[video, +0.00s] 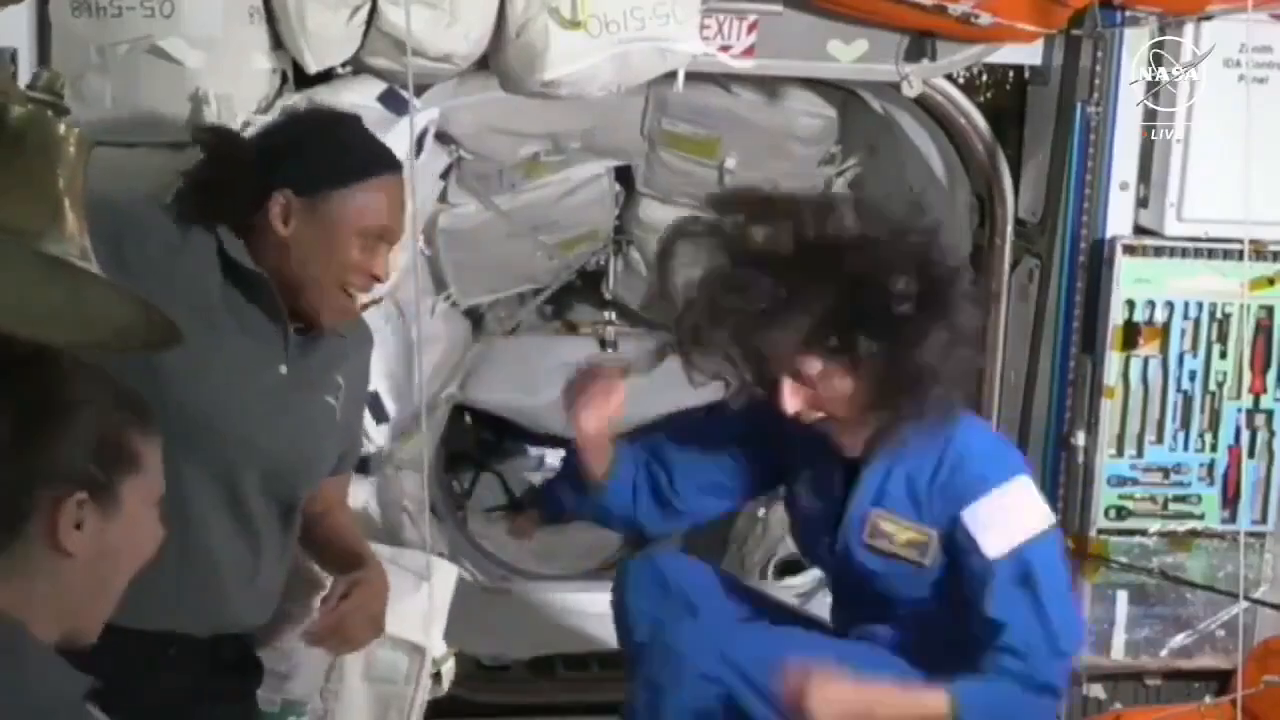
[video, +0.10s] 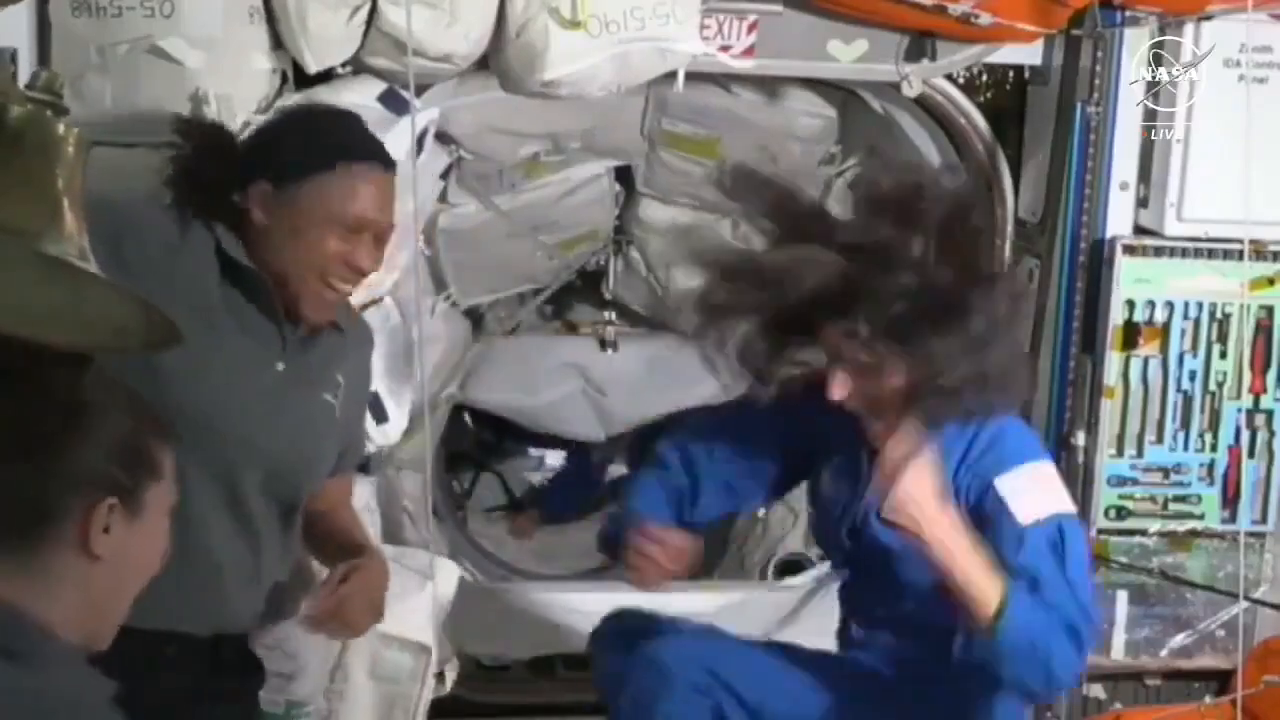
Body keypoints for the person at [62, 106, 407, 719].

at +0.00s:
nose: (383, 272)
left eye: (392, 247)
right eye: (371, 241)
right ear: (285, 214)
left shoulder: (345, 344)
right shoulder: (133, 254)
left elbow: (323, 504)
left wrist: (364, 569)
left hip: (222, 668)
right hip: (84, 648)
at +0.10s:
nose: (367, 263)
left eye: (380, 240)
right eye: (349, 231)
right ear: (262, 205)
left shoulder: (346, 342)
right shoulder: (139, 248)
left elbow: (326, 500)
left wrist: (365, 559)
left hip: (223, 664)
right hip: (86, 645)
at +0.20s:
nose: (322, 247)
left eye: (351, 229)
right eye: (304, 211)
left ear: (370, 239)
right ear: (246, 192)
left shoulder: (349, 345)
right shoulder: (145, 250)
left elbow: (332, 503)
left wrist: (363, 554)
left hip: (222, 654)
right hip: (85, 634)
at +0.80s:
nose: (315, 240)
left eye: (344, 222)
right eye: (295, 205)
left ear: (365, 235)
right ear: (240, 192)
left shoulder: (356, 353)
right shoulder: (163, 239)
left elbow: (351, 517)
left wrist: (349, 566)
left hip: (216, 622)